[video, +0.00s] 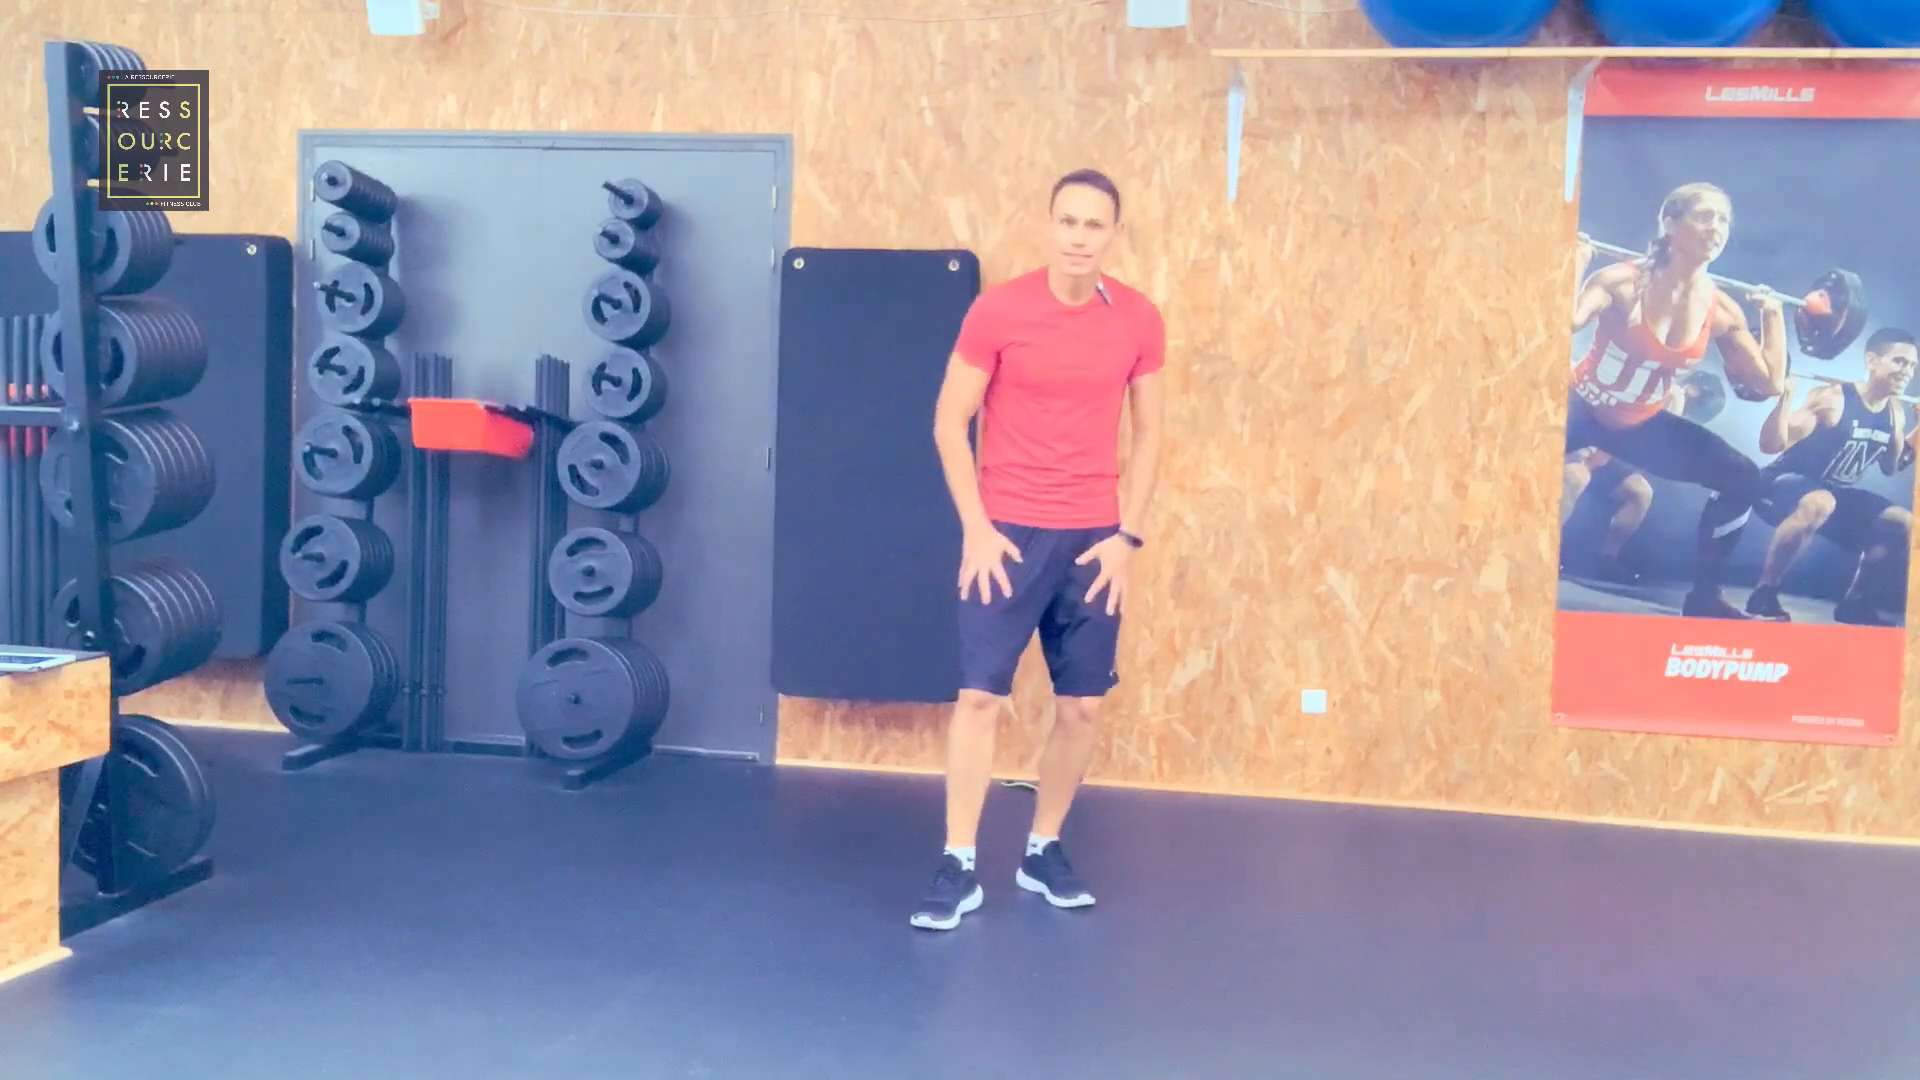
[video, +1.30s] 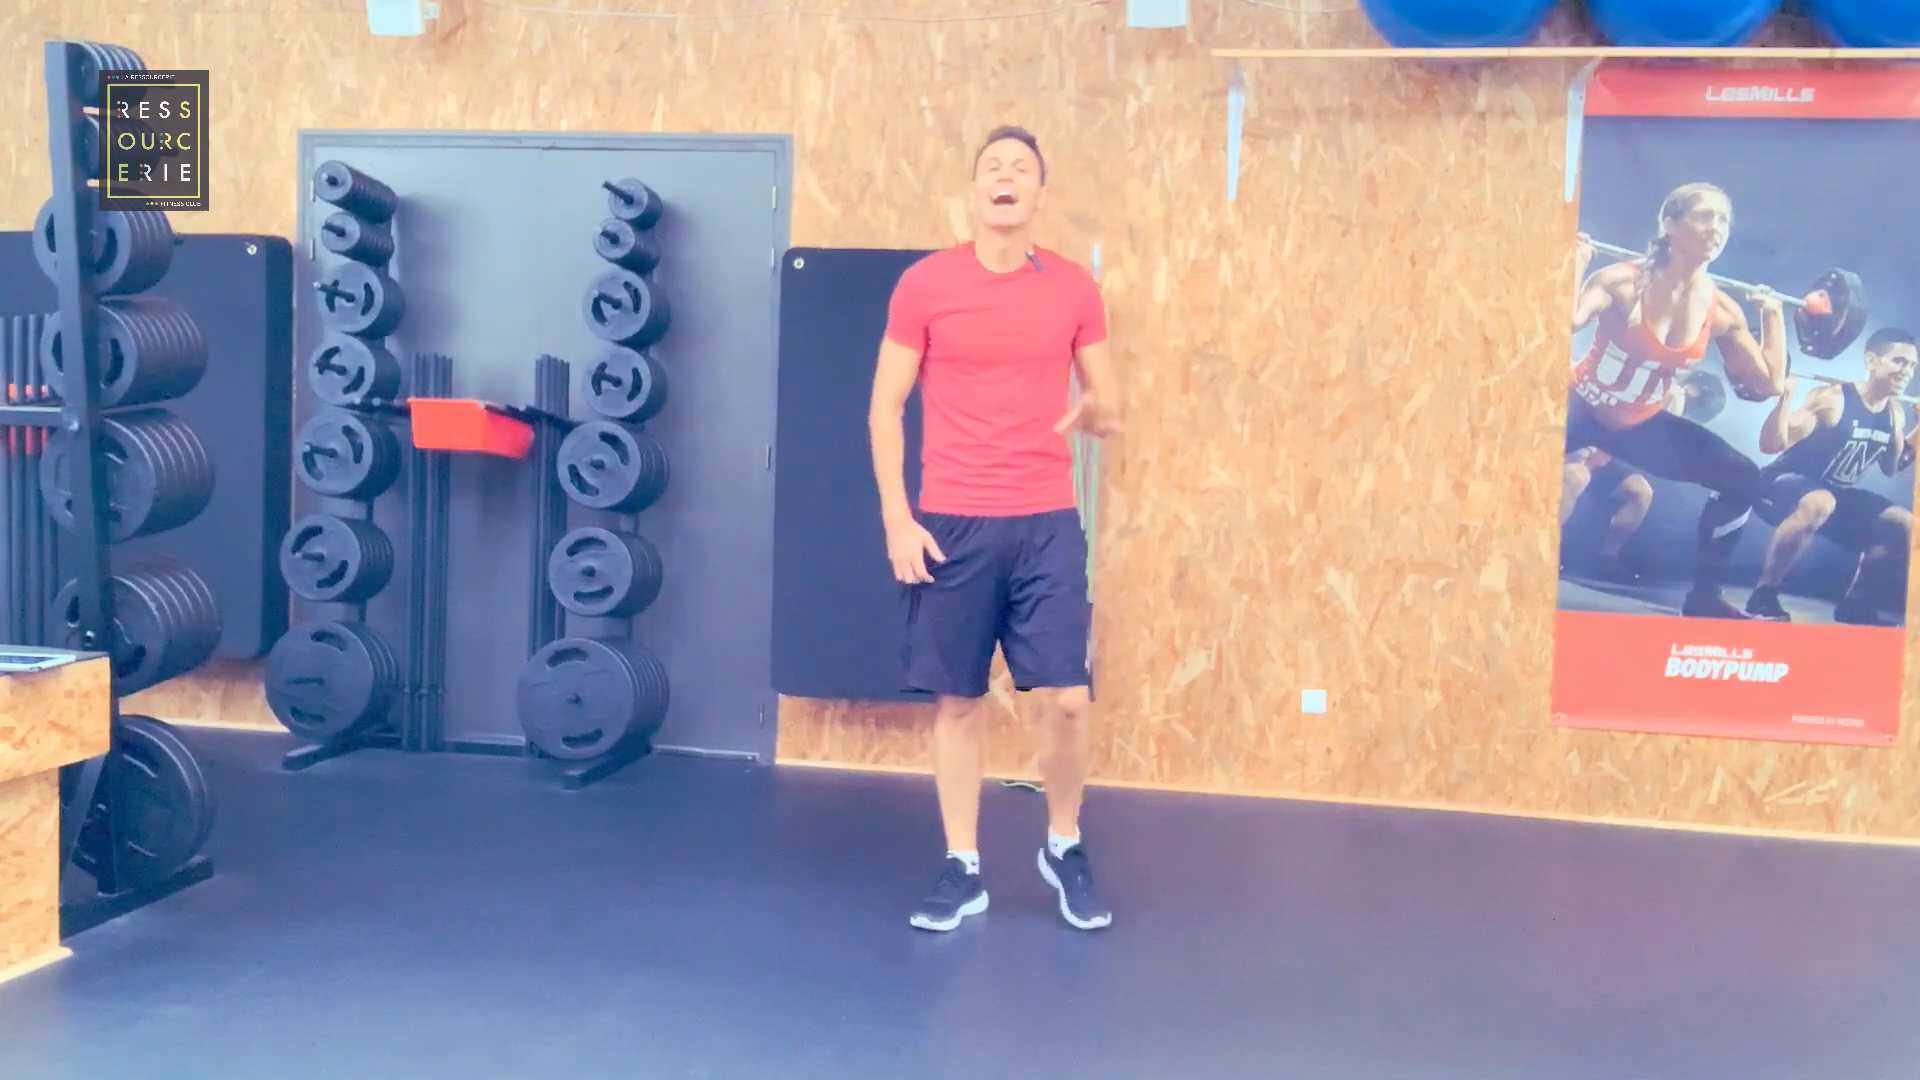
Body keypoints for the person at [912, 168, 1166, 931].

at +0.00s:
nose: (1079, 237)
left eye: (1094, 225)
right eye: (1068, 221)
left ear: (1115, 236)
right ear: (1047, 226)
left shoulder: (1138, 320)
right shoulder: (996, 310)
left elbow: (1148, 433)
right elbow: (948, 424)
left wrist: (1128, 535)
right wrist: (975, 525)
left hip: (1094, 539)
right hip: (1005, 534)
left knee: (1081, 704)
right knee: (980, 695)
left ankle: (1043, 851)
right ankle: (957, 864)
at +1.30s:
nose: (1003, 179)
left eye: (1019, 169)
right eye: (991, 168)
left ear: (1043, 193)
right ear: (970, 190)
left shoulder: (1072, 286)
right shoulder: (926, 282)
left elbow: (1106, 409)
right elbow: (885, 407)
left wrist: (1093, 410)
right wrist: (897, 518)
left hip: (1046, 522)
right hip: (950, 524)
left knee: (1066, 700)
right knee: (956, 701)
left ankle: (1066, 849)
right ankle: (961, 867)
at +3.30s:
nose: (997, 165)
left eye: (1015, 152)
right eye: (983, 149)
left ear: (1043, 167)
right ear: (962, 162)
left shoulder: (1081, 270)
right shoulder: (916, 270)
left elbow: (1117, 418)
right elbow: (874, 410)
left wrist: (1108, 389)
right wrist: (882, 536)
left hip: (1058, 533)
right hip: (951, 534)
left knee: (1086, 741)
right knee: (956, 740)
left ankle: (1073, 878)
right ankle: (964, 932)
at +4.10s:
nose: (1040, 162)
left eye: (1057, 150)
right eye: (1027, 148)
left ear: (1085, 171)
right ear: (1005, 167)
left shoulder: (1121, 273)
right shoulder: (960, 270)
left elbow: (1161, 403)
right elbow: (901, 401)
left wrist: (1137, 413)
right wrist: (966, 426)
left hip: (1096, 529)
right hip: (995, 527)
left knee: (1073, 734)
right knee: (984, 733)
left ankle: (1052, 906)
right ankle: (968, 933)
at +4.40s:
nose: (1060, 180)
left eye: (1078, 168)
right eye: (1049, 164)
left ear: (1103, 185)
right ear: (1028, 176)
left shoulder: (1133, 283)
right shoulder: (979, 277)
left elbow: (1170, 418)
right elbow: (930, 410)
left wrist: (1144, 410)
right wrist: (993, 431)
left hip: (1107, 535)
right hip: (1010, 535)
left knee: (1081, 731)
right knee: (991, 734)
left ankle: (1055, 908)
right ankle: (967, 931)